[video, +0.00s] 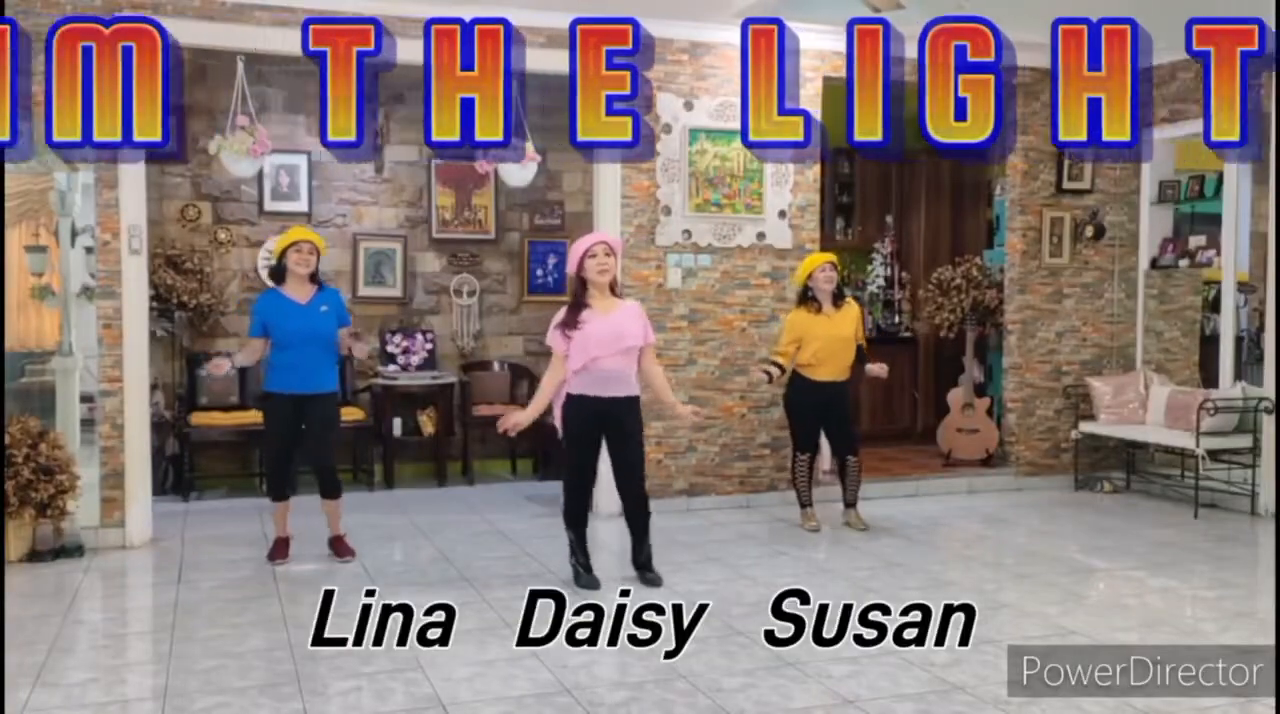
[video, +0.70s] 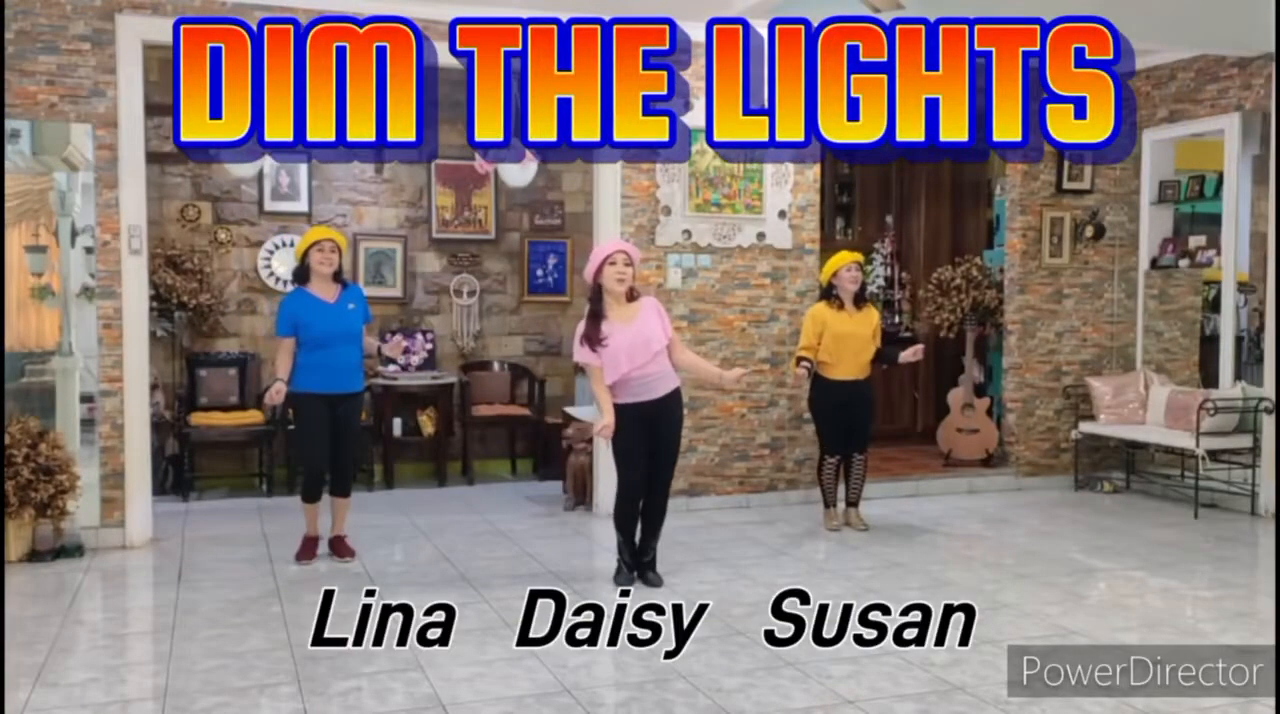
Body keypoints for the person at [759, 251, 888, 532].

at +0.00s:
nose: (828, 275)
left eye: (832, 270)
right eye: (821, 271)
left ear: (838, 277)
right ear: (809, 281)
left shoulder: (851, 310)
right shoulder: (799, 316)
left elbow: (859, 345)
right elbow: (783, 355)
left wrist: (867, 365)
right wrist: (769, 372)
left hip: (837, 389)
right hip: (803, 388)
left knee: (849, 451)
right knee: (805, 449)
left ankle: (851, 509)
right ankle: (807, 509)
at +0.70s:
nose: (855, 275)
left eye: (858, 270)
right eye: (849, 270)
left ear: (862, 277)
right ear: (834, 278)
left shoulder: (871, 314)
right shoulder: (819, 312)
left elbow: (874, 352)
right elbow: (807, 348)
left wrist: (900, 355)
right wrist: (804, 364)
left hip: (860, 387)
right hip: (827, 388)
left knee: (858, 449)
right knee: (832, 451)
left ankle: (852, 509)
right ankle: (831, 509)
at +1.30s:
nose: (842, 274)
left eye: (845, 270)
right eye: (835, 270)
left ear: (850, 277)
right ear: (821, 277)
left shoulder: (857, 315)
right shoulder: (803, 311)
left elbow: (858, 357)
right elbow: (786, 349)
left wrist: (869, 380)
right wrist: (774, 376)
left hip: (842, 390)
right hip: (806, 387)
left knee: (847, 451)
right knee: (805, 452)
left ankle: (850, 509)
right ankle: (804, 511)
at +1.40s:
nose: (839, 277)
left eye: (841, 272)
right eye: (831, 272)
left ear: (846, 279)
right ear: (817, 280)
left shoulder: (855, 314)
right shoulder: (801, 313)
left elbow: (859, 351)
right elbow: (781, 349)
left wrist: (855, 378)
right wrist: (764, 374)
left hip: (837, 391)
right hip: (800, 389)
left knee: (844, 452)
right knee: (800, 452)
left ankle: (849, 509)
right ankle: (803, 511)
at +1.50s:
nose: (836, 279)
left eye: (838, 274)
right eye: (829, 274)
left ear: (841, 280)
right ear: (813, 281)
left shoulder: (852, 314)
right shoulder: (798, 316)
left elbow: (858, 350)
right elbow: (777, 350)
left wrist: (853, 376)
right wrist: (761, 370)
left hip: (833, 392)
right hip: (796, 390)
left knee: (842, 453)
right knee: (798, 452)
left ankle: (846, 510)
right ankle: (802, 512)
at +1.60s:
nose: (834, 279)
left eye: (836, 274)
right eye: (828, 274)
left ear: (839, 280)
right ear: (812, 281)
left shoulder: (849, 312)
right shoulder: (796, 316)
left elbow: (858, 347)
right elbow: (776, 349)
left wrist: (852, 372)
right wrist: (758, 363)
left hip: (832, 391)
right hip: (795, 390)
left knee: (841, 453)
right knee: (797, 452)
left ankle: (839, 510)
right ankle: (802, 512)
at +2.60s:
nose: (844, 277)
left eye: (847, 271)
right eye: (837, 272)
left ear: (853, 277)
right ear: (823, 280)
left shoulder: (863, 308)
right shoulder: (811, 314)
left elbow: (870, 344)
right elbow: (803, 354)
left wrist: (879, 367)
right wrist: (803, 387)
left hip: (855, 387)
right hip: (820, 387)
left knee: (859, 451)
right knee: (813, 451)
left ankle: (856, 510)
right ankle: (806, 511)